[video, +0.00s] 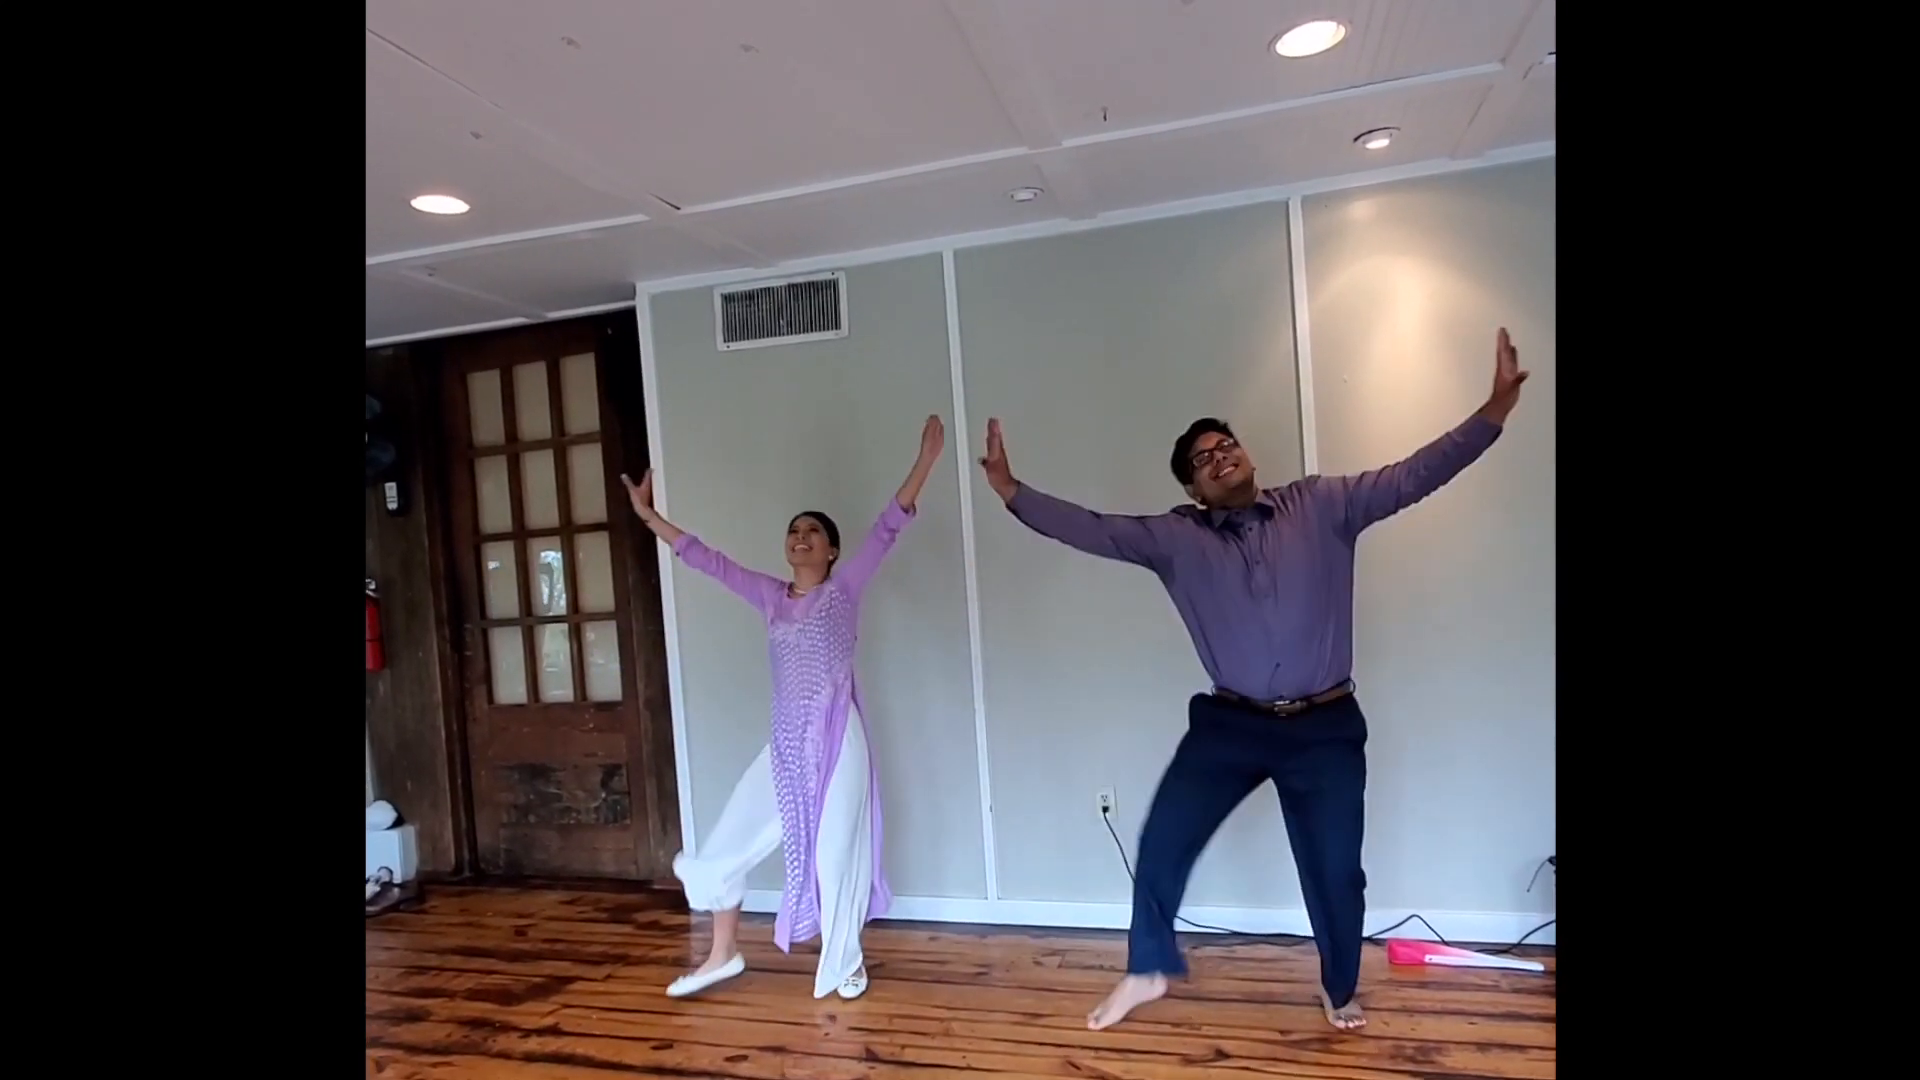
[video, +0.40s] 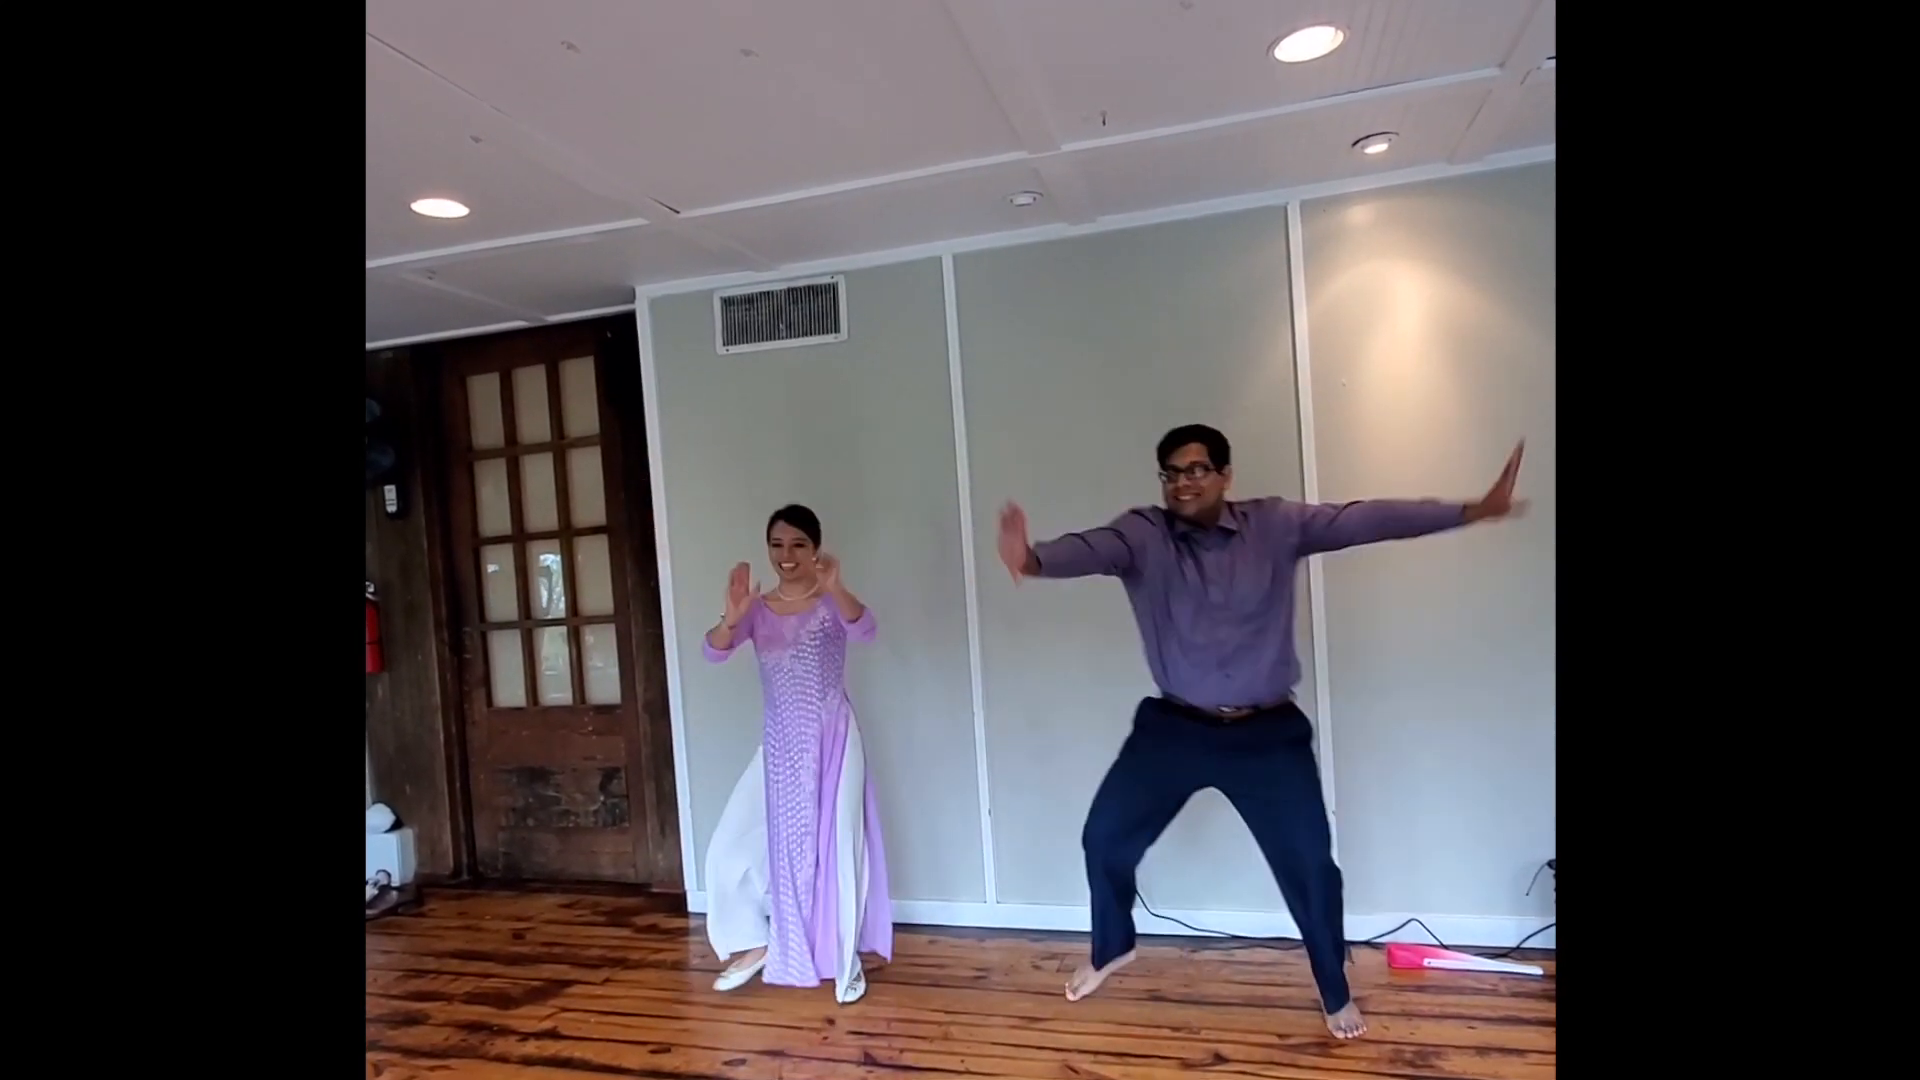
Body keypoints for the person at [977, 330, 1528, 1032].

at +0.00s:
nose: (1220, 458)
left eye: (1225, 448)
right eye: (1204, 459)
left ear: (1248, 457)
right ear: (1192, 488)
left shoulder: (1319, 503)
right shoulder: (1176, 538)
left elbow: (1411, 475)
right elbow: (1093, 527)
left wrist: (1494, 411)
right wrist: (1012, 492)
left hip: (1323, 722)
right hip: (1230, 722)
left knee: (1335, 871)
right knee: (1162, 841)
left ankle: (1341, 992)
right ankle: (1149, 968)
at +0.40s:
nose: (1183, 482)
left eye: (1197, 471)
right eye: (1173, 472)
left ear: (1226, 478)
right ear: (1162, 481)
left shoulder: (1275, 524)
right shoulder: (1141, 534)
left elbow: (1365, 520)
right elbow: (1089, 550)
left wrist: (1472, 510)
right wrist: (1034, 559)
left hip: (1268, 732)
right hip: (1175, 728)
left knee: (1310, 869)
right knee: (1105, 840)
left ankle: (1336, 998)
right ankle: (1112, 949)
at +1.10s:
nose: (1094, 511)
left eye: (1107, 499)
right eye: (1081, 501)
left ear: (1127, 508)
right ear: (1064, 512)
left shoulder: (1164, 565)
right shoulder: (1047, 592)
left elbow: (1208, 642)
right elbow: (1088, 678)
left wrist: (1242, 725)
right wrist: (1169, 733)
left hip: (1161, 737)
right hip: (1081, 746)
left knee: (1220, 854)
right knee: (1087, 874)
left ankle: (1248, 992)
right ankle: (1100, 974)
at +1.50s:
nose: (1121, 489)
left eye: (1133, 476)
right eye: (1119, 477)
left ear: (1176, 481)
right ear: (1154, 483)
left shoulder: (1238, 529)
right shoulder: (1120, 538)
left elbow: (1321, 583)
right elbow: (1036, 554)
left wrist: (1293, 682)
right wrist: (943, 568)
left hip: (1242, 731)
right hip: (1162, 721)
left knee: (1268, 877)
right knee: (1090, 800)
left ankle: (1328, 1017)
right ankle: (1146, 912)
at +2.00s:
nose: (1157, 470)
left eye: (1168, 462)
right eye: (1160, 460)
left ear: (1203, 473)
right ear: (1194, 472)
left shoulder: (1238, 528)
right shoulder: (1176, 521)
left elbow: (1279, 599)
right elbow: (1121, 505)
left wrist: (1258, 696)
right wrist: (1062, 466)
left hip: (1285, 723)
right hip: (1227, 722)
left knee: (1278, 868)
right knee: (1210, 836)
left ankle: (1332, 1017)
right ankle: (1229, 942)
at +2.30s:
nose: (1129, 499)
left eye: (1137, 491)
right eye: (1131, 489)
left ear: (1169, 498)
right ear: (1166, 498)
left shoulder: (1225, 559)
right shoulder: (1142, 551)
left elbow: (1276, 629)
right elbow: (1088, 552)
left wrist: (1240, 707)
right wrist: (1024, 539)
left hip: (1269, 726)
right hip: (1215, 726)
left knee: (1223, 860)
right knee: (1199, 841)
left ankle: (1318, 1000)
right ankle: (1243, 959)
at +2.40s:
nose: (1119, 507)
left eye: (1127, 497)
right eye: (1120, 497)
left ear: (1158, 503)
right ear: (1155, 504)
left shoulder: (1211, 557)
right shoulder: (1135, 558)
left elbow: (1281, 621)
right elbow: (1084, 581)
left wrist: (1247, 704)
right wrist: (1021, 587)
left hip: (1273, 723)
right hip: (1218, 729)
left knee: (1210, 855)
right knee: (1202, 846)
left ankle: (1283, 1013)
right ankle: (1235, 956)